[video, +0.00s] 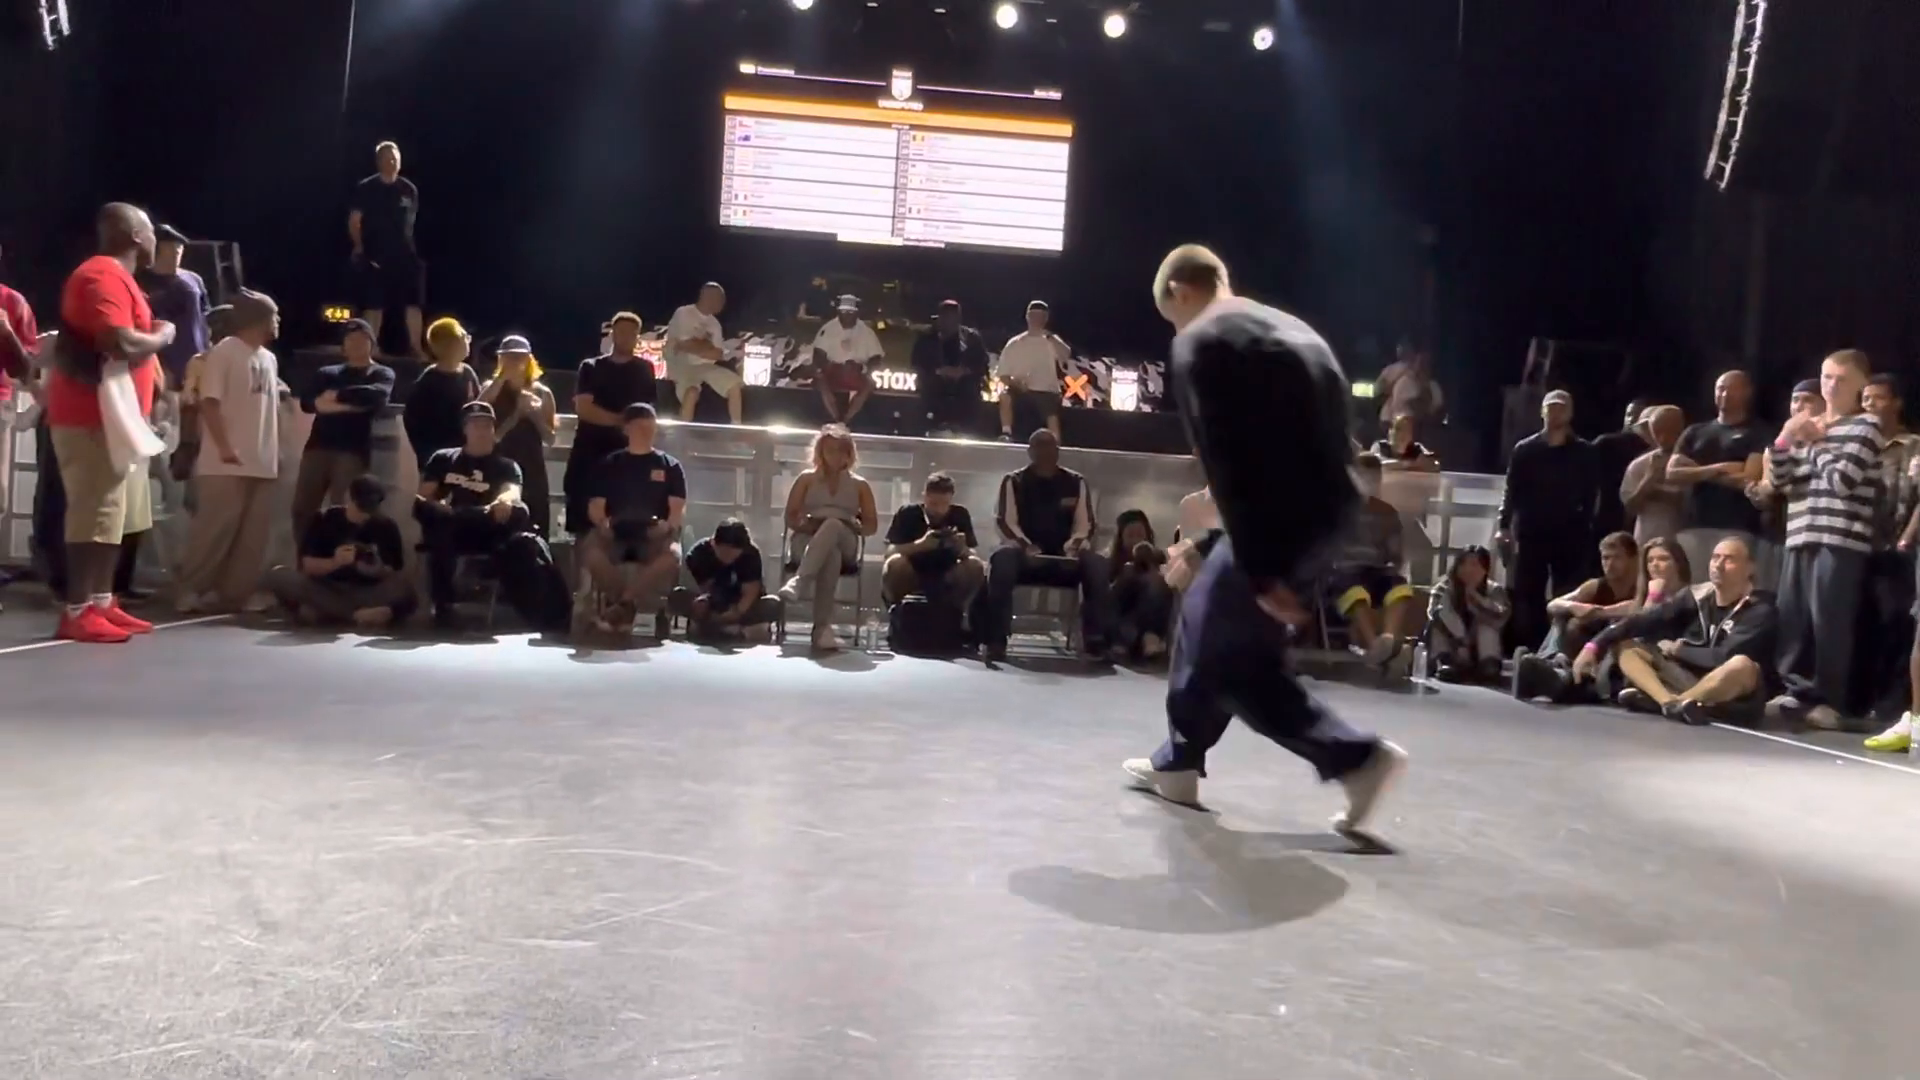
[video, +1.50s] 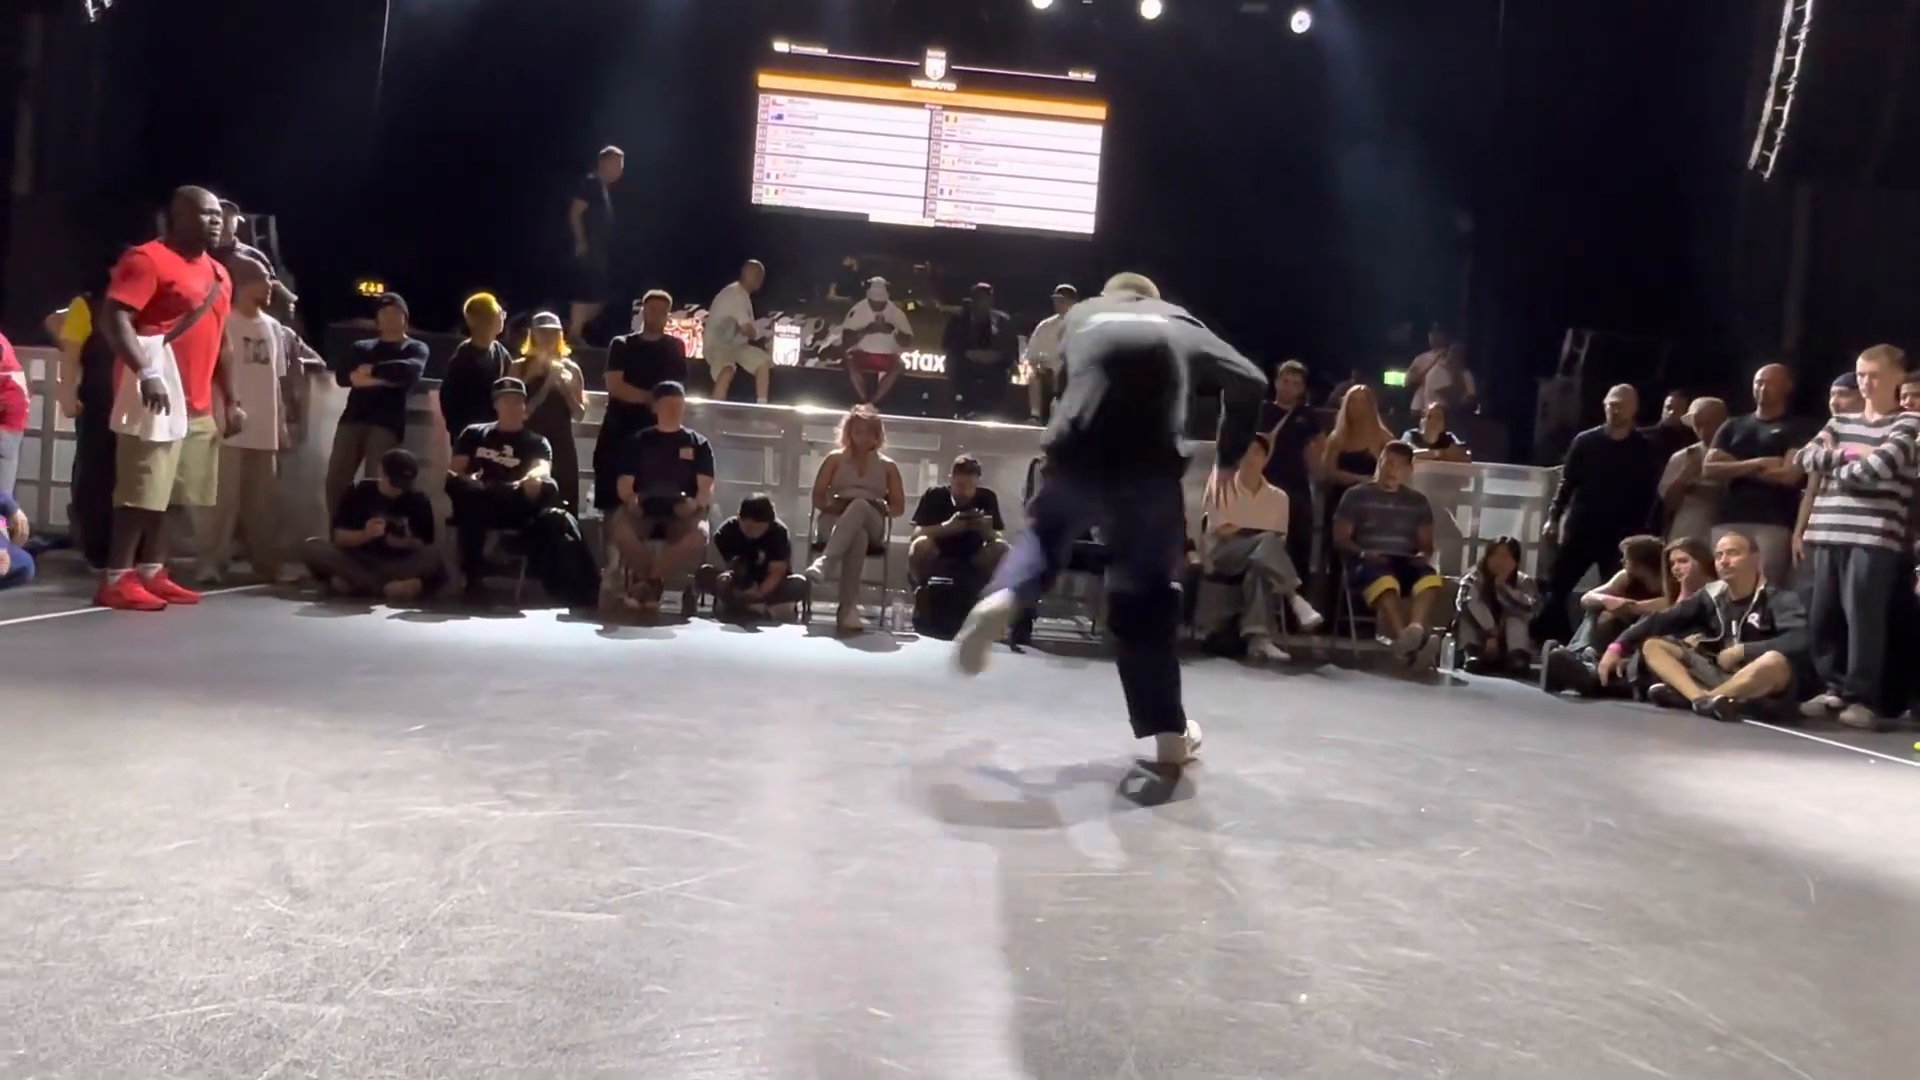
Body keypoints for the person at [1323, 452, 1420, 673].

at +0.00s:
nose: (1370, 483)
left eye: (1374, 478)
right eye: (1364, 477)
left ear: (1379, 480)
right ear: (1352, 477)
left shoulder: (1387, 512)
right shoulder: (1338, 510)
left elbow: (1396, 558)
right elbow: (1324, 549)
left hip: (1378, 570)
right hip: (1343, 569)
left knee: (1402, 592)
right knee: (1358, 599)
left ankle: (1386, 645)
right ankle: (1377, 654)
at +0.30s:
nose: (1372, 481)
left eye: (1378, 476)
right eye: (1368, 474)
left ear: (1388, 478)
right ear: (1359, 475)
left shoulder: (1397, 508)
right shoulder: (1337, 504)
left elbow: (1406, 550)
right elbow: (1323, 546)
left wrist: (1403, 564)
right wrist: (1344, 562)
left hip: (1389, 565)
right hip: (1355, 563)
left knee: (1412, 590)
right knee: (1367, 595)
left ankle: (1397, 645)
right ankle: (1388, 654)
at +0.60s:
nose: (1377, 480)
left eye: (1383, 474)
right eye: (1373, 473)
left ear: (1393, 477)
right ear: (1364, 473)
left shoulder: (1403, 508)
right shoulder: (1341, 503)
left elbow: (1412, 549)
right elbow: (1327, 545)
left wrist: (1409, 562)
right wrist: (1349, 561)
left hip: (1393, 564)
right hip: (1360, 562)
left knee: (1417, 590)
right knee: (1372, 595)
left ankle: (1401, 643)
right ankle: (1391, 653)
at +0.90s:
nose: (1383, 478)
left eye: (1390, 473)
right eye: (1379, 471)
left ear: (1399, 476)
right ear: (1369, 471)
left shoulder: (1408, 507)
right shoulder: (1347, 502)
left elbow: (1417, 550)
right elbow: (1332, 544)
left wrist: (1412, 562)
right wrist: (1354, 560)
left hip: (1397, 564)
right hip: (1364, 561)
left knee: (1422, 586)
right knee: (1376, 592)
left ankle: (1405, 642)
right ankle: (1398, 651)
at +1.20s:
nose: (1388, 475)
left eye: (1395, 469)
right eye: (1384, 467)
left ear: (1404, 474)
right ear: (1374, 467)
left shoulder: (1413, 504)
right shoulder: (1352, 499)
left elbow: (1422, 547)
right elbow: (1336, 541)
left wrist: (1418, 559)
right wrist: (1358, 558)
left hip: (1402, 562)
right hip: (1369, 559)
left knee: (1426, 583)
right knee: (1380, 589)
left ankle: (1409, 639)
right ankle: (1402, 649)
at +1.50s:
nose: (1393, 470)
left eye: (1400, 465)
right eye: (1388, 463)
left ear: (1409, 470)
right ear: (1379, 463)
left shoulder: (1418, 501)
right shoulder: (1355, 496)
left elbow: (1426, 545)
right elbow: (1341, 539)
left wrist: (1421, 556)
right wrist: (1364, 554)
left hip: (1406, 558)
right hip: (1372, 555)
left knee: (1430, 579)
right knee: (1386, 586)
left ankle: (1414, 636)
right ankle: (1406, 647)